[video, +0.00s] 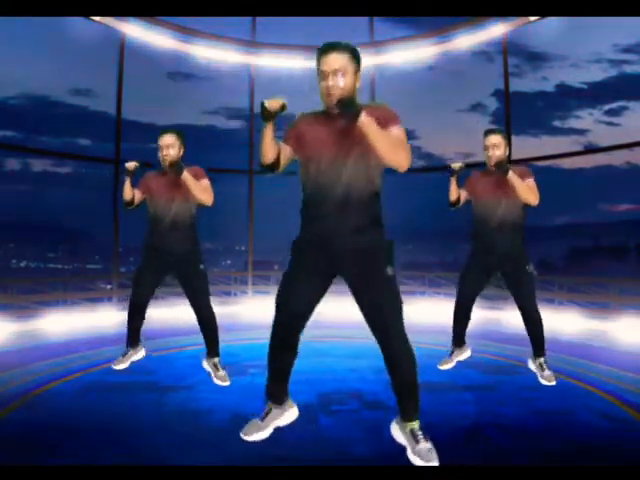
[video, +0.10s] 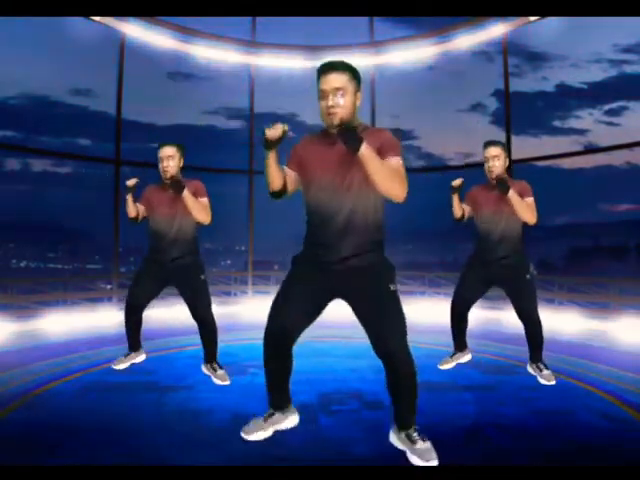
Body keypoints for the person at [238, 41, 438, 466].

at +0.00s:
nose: (333, 81)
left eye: (341, 73)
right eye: (326, 74)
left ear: (357, 76)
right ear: (318, 80)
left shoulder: (378, 117)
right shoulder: (305, 127)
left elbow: (400, 161)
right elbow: (272, 164)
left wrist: (361, 120)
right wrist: (269, 122)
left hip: (365, 246)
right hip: (314, 246)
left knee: (392, 336)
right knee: (285, 324)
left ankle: (409, 423)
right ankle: (278, 405)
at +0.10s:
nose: (332, 101)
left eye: (340, 93)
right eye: (325, 94)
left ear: (358, 96)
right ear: (318, 101)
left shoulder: (380, 140)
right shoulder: (307, 147)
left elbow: (397, 190)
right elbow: (279, 187)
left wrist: (357, 144)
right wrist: (271, 150)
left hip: (366, 268)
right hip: (314, 267)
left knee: (396, 353)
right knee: (276, 335)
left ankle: (406, 430)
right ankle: (280, 410)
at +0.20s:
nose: (330, 102)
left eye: (339, 93)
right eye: (323, 95)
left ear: (357, 96)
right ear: (318, 101)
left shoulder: (382, 139)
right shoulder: (310, 145)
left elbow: (400, 192)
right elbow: (287, 194)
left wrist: (361, 151)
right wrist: (274, 159)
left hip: (368, 266)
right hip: (317, 266)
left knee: (395, 352)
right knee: (280, 336)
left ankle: (407, 426)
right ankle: (278, 413)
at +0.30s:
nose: (326, 97)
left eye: (335, 88)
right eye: (322, 90)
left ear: (357, 90)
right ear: (317, 95)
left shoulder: (384, 130)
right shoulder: (314, 142)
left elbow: (404, 182)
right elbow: (290, 187)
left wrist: (360, 138)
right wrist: (285, 139)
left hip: (372, 261)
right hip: (323, 260)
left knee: (394, 349)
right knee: (286, 332)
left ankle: (407, 426)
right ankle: (278, 413)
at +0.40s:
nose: (326, 96)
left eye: (335, 87)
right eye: (323, 89)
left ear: (359, 90)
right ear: (321, 94)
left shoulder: (386, 128)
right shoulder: (320, 141)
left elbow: (403, 178)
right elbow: (299, 187)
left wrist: (357, 135)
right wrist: (293, 143)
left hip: (377, 258)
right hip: (327, 258)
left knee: (397, 348)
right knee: (288, 329)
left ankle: (405, 424)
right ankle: (278, 410)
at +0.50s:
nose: (333, 93)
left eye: (341, 85)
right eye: (330, 87)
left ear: (366, 88)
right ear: (327, 92)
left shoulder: (393, 129)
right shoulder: (322, 139)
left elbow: (410, 179)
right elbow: (297, 181)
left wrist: (369, 136)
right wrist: (289, 149)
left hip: (379, 258)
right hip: (327, 258)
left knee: (402, 347)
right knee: (288, 330)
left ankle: (405, 422)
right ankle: (277, 408)